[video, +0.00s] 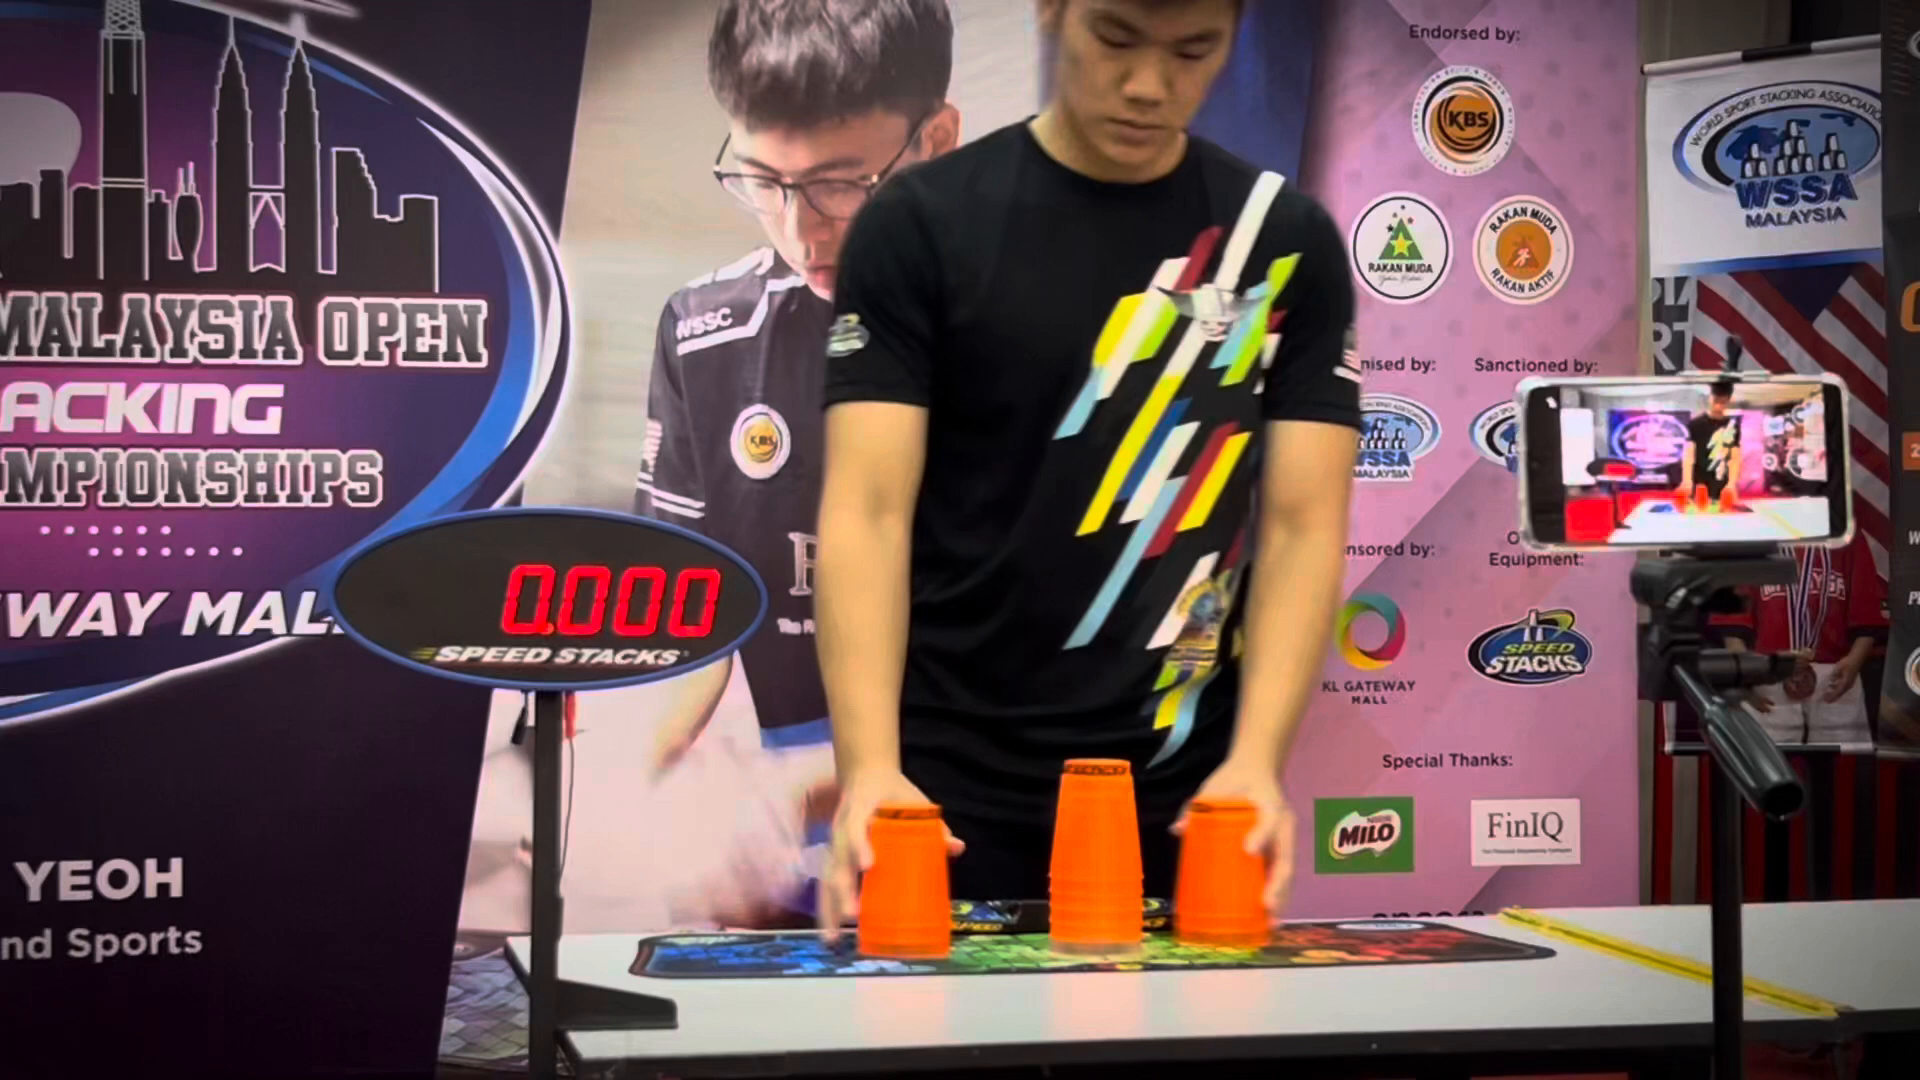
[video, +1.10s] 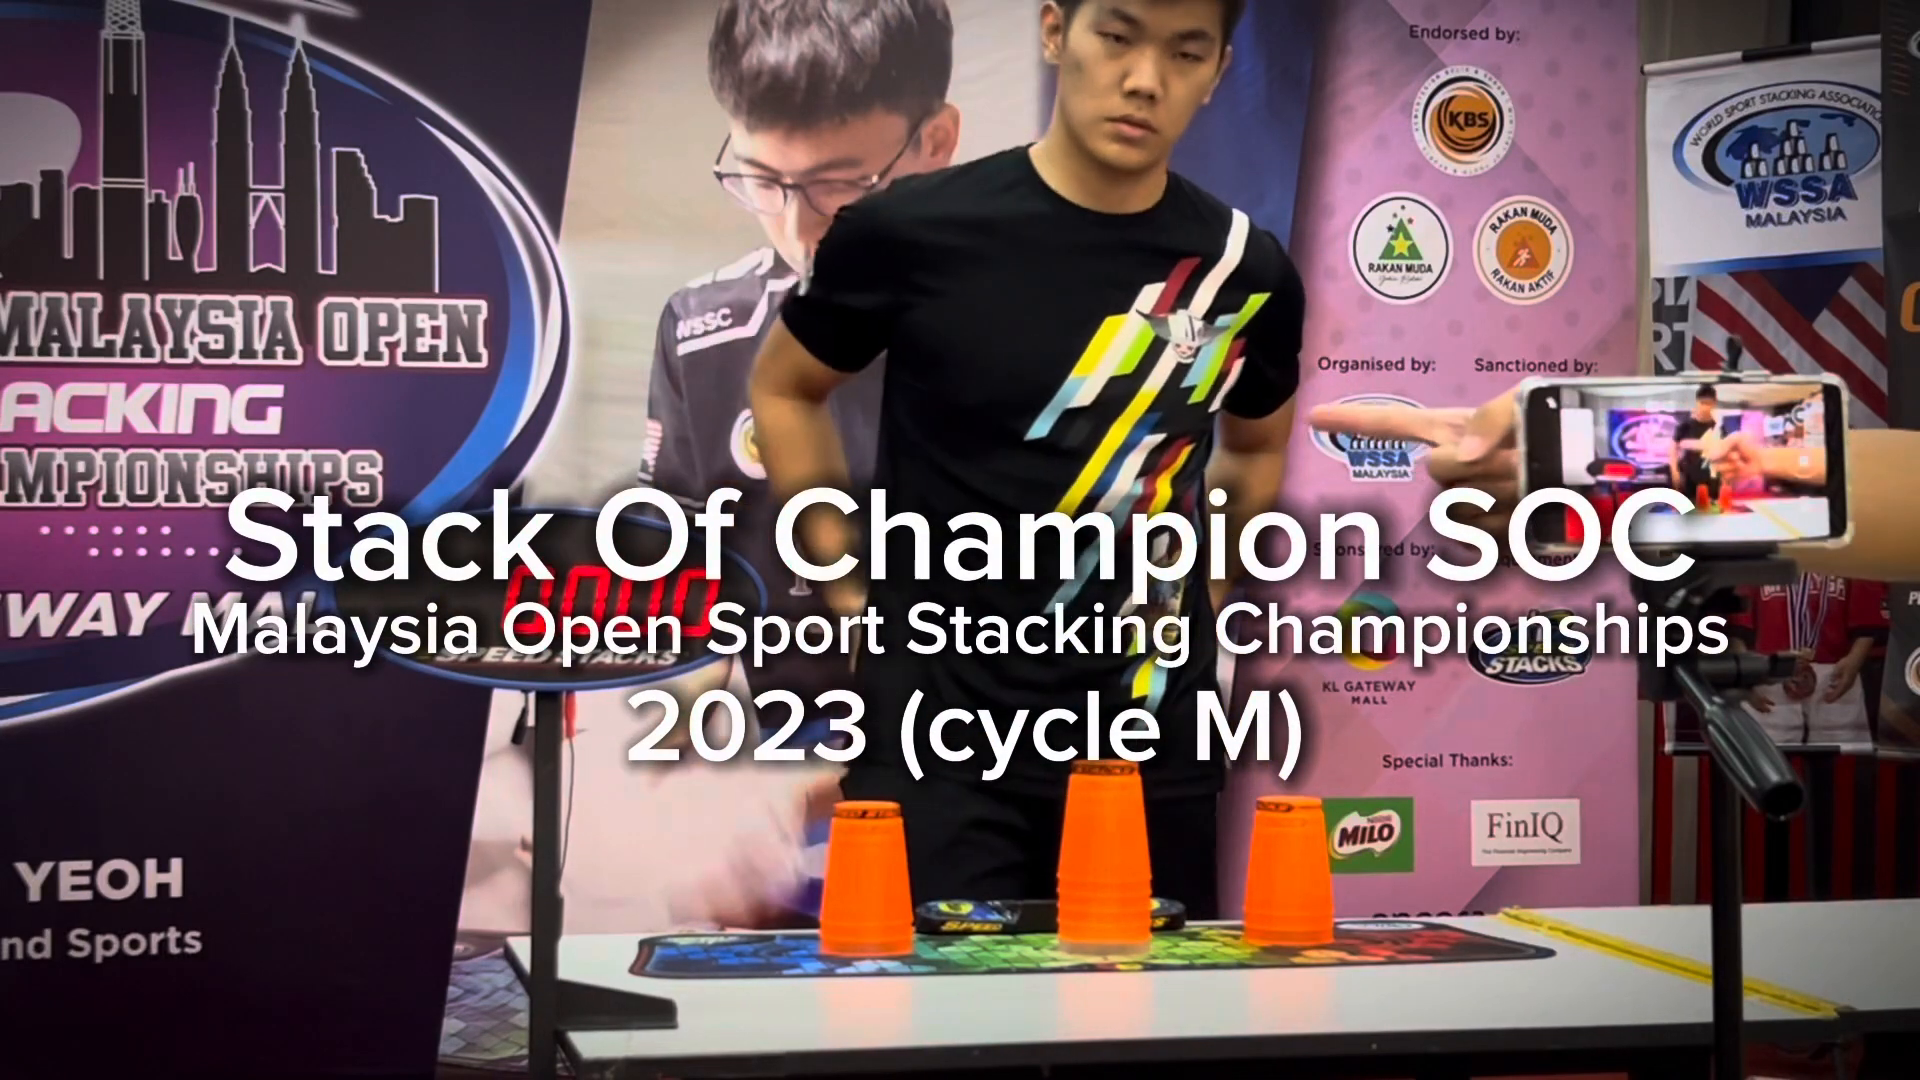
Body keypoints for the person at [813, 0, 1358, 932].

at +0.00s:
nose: (1149, 86)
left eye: (1193, 48)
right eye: (1113, 36)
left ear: (1231, 35)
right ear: (1052, 14)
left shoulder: (1289, 242)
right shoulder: (921, 222)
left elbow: (1303, 527)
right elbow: (866, 513)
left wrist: (1256, 760)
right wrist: (869, 768)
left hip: (1174, 828)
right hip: (951, 819)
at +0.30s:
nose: (1025, 75)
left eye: (1064, 34)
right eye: (987, 27)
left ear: (1095, 29)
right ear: (914, 12)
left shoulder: (1153, 231)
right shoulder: (788, 228)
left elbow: (1178, 523)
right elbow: (764, 533)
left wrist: (1170, 741)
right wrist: (890, 740)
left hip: (1081, 805)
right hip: (857, 802)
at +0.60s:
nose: (1006, 66)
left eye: (1045, 29)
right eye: (971, 21)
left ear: (1077, 30)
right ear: (903, 14)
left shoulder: (1138, 237)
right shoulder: (776, 226)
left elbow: (1193, 525)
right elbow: (729, 519)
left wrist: (1245, 750)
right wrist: (769, 747)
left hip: (1071, 802)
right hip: (847, 803)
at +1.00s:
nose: (1133, 93)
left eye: (1175, 62)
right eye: (1104, 47)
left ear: (1209, 77)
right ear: (1039, 39)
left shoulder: (1239, 277)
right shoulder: (897, 240)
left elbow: (1248, 446)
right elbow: (738, 393)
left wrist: (1208, 622)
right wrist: (812, 616)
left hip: (1145, 768)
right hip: (942, 757)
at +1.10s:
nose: (1146, 81)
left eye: (1186, 51)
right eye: (1116, 35)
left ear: (1216, 71)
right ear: (1053, 33)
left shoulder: (1249, 273)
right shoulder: (906, 232)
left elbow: (1257, 450)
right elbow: (785, 388)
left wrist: (1198, 588)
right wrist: (848, 588)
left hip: (1149, 740)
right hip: (949, 733)